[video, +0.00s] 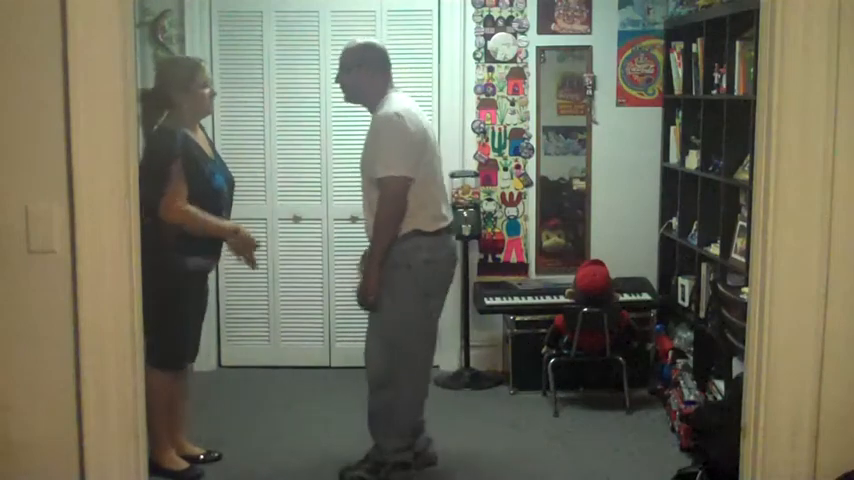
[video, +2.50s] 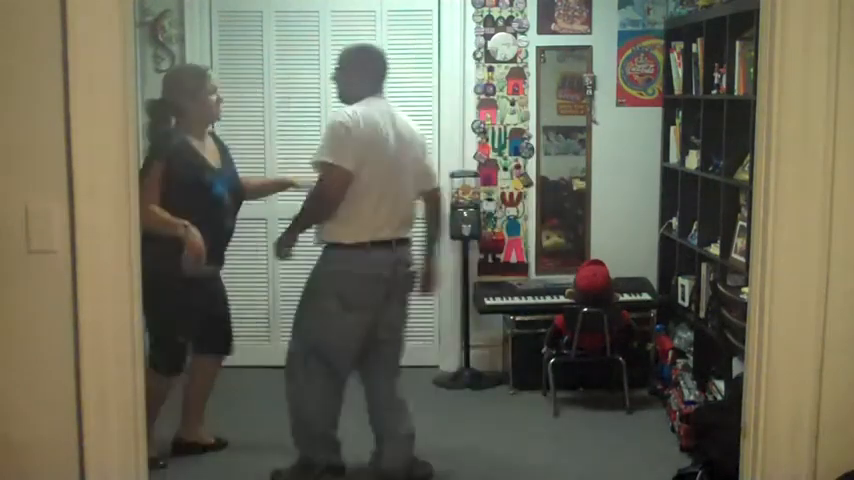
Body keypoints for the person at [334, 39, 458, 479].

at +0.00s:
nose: (339, 80)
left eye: (346, 71)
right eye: (340, 72)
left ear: (371, 73)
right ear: (376, 73)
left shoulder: (392, 118)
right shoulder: (400, 113)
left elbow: (394, 197)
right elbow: (398, 197)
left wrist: (373, 266)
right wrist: (375, 259)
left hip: (412, 251)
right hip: (423, 247)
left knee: (393, 352)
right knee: (406, 349)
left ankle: (392, 452)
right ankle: (410, 442)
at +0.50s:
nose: (407, 63)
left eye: (415, 55)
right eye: (409, 56)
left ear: (441, 61)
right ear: (436, 63)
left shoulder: (461, 110)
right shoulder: (434, 116)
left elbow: (473, 173)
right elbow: (434, 190)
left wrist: (410, 205)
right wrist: (404, 243)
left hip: (448, 247)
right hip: (425, 246)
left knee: (417, 346)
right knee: (409, 345)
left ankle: (485, 426)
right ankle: (412, 444)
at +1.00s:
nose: (452, 79)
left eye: (456, 72)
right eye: (452, 72)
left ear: (473, 73)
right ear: (495, 72)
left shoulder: (460, 125)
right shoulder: (534, 119)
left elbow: (445, 199)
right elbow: (573, 185)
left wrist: (434, 258)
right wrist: (576, 239)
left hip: (485, 256)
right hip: (533, 252)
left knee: (477, 357)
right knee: (530, 343)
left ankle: (504, 446)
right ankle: (578, 426)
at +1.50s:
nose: (421, 89)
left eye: (428, 81)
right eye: (423, 81)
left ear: (450, 82)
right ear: (457, 82)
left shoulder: (464, 127)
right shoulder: (476, 123)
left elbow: (479, 191)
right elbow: (480, 191)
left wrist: (458, 253)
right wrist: (445, 232)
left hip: (488, 260)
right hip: (497, 258)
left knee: (448, 350)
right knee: (505, 350)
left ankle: (448, 442)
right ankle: (569, 419)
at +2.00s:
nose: (462, 68)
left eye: (460, 59)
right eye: (456, 59)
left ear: (427, 63)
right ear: (439, 64)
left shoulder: (432, 117)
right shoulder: (416, 115)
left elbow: (423, 188)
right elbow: (394, 185)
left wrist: (464, 217)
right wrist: (461, 213)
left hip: (415, 244)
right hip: (405, 246)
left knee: (417, 348)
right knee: (426, 349)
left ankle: (401, 449)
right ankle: (409, 453)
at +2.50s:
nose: (335, 78)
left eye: (341, 71)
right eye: (337, 71)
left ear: (359, 74)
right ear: (378, 75)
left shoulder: (347, 121)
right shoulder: (407, 128)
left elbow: (329, 191)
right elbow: (434, 197)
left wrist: (293, 230)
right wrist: (431, 258)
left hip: (349, 264)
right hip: (396, 262)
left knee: (312, 359)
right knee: (382, 365)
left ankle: (318, 459)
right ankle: (396, 458)